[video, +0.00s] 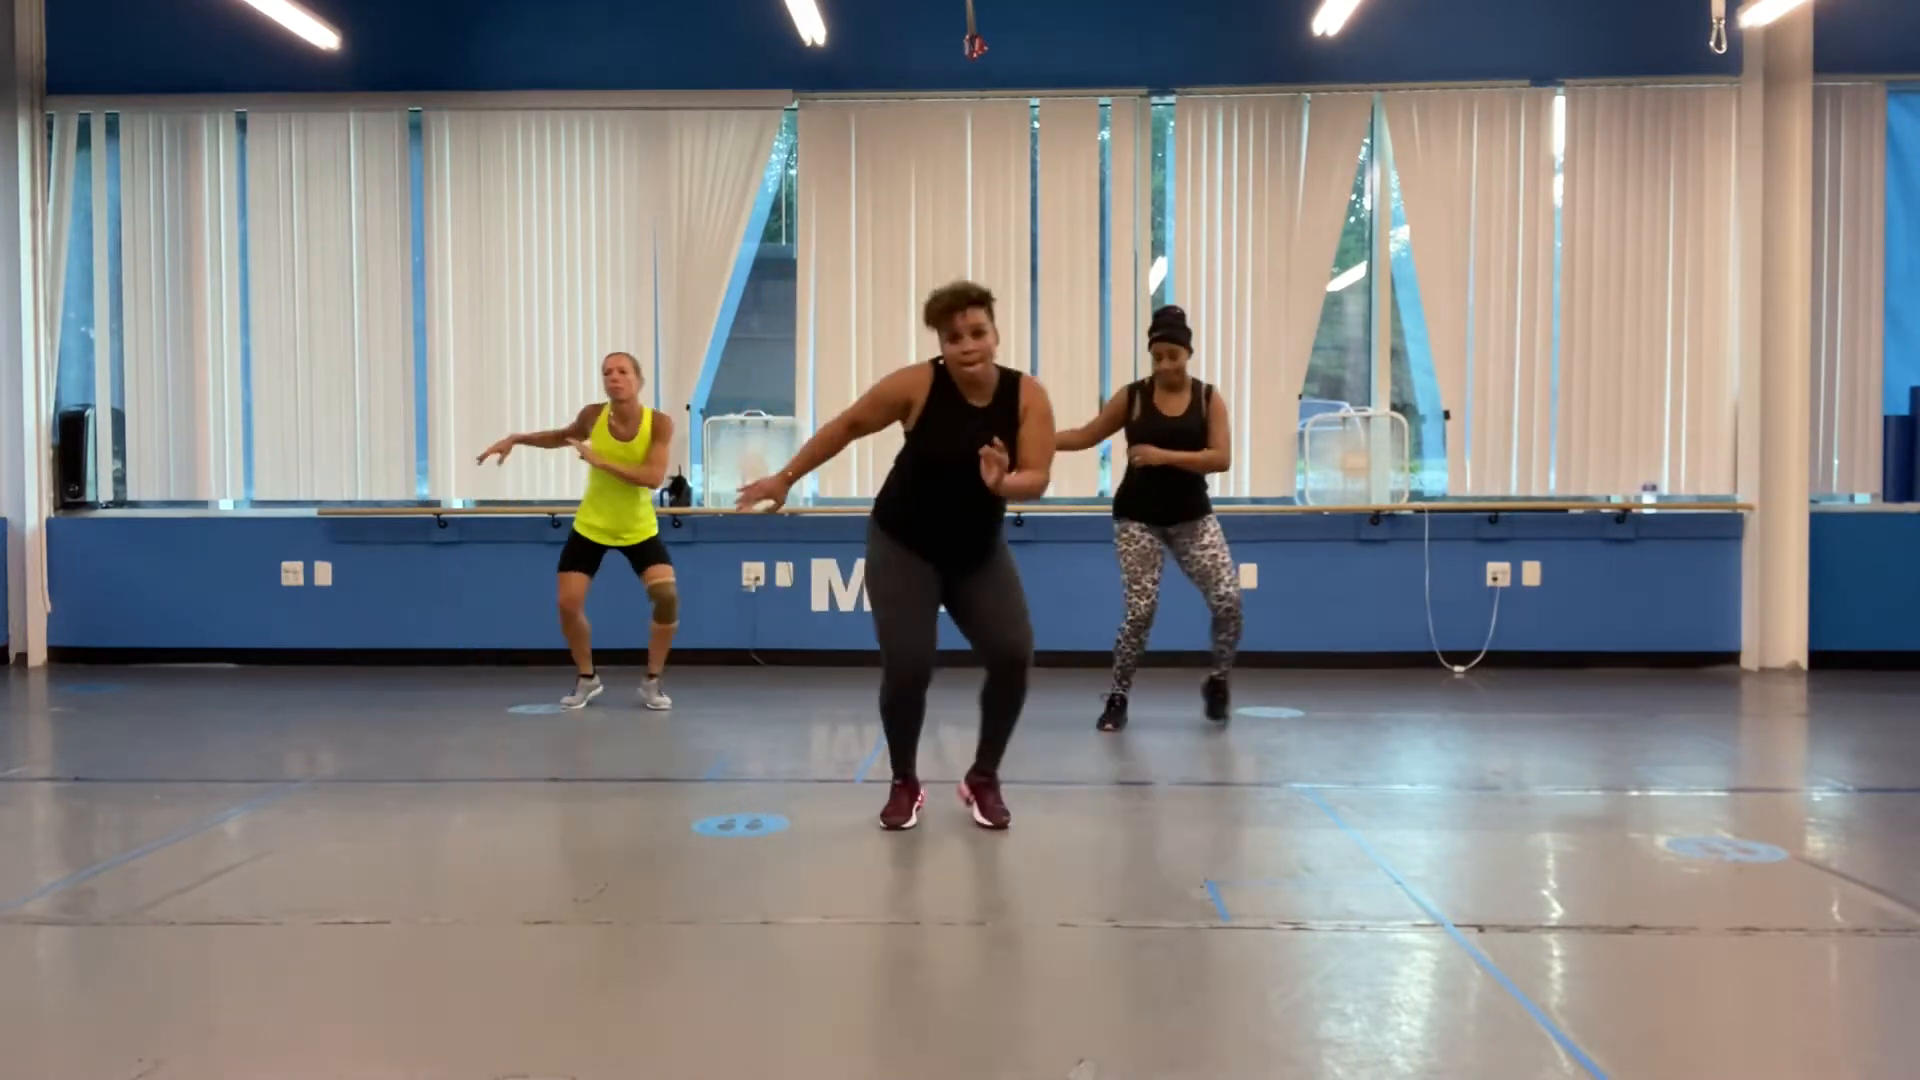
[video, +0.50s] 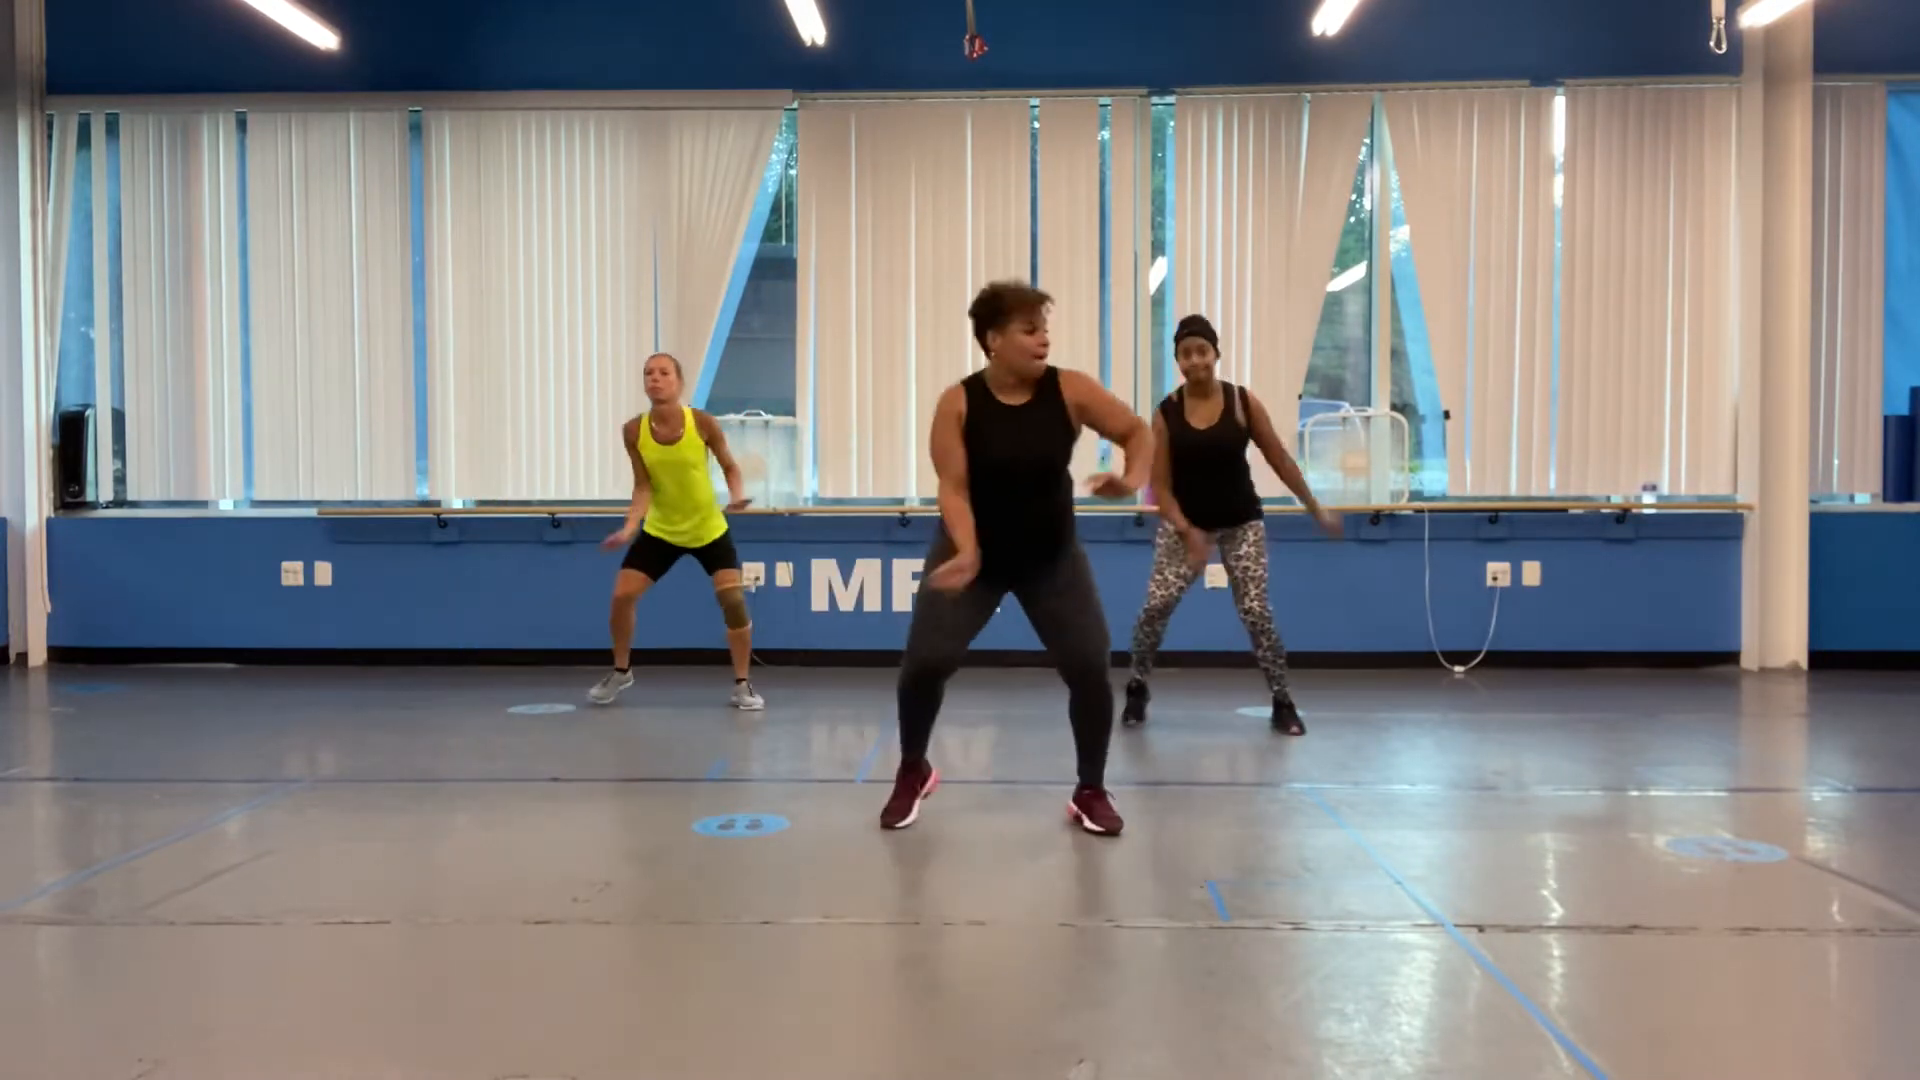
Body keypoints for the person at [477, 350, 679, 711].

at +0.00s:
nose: (614, 378)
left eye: (622, 372)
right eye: (608, 374)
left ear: (638, 380)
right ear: (603, 383)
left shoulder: (659, 422)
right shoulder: (592, 415)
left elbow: (654, 478)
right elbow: (565, 437)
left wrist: (599, 461)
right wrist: (515, 439)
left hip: (638, 524)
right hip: (593, 522)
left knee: (666, 594)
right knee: (568, 603)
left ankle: (652, 683)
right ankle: (588, 679)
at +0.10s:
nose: (632, 377)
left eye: (639, 371)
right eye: (626, 373)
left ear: (656, 377)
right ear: (621, 382)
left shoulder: (676, 417)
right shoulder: (611, 412)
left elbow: (668, 462)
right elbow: (575, 427)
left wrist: (620, 444)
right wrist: (524, 425)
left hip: (652, 522)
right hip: (606, 520)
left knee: (688, 589)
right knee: (579, 598)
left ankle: (693, 675)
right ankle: (586, 679)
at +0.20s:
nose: (649, 377)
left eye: (656, 370)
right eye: (642, 373)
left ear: (673, 377)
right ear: (637, 383)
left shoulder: (694, 414)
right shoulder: (632, 416)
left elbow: (693, 449)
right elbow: (598, 436)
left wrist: (646, 439)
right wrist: (543, 430)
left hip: (675, 524)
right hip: (628, 521)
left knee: (707, 597)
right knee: (592, 596)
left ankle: (731, 684)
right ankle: (578, 675)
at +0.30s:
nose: (662, 385)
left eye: (669, 378)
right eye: (655, 381)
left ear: (686, 386)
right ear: (649, 391)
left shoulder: (710, 423)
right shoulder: (643, 432)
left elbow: (717, 464)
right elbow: (618, 473)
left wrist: (666, 455)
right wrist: (567, 464)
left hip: (697, 532)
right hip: (649, 532)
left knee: (734, 598)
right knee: (614, 608)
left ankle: (737, 687)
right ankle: (598, 665)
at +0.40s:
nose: (663, 384)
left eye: (670, 378)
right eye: (656, 380)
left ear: (688, 386)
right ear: (652, 391)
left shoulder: (713, 428)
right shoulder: (645, 437)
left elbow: (736, 484)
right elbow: (644, 490)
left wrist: (692, 491)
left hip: (705, 532)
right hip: (659, 533)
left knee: (739, 599)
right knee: (627, 607)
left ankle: (738, 686)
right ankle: (634, 674)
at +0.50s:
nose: (656, 379)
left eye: (664, 373)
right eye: (650, 374)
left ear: (680, 383)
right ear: (644, 385)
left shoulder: (703, 423)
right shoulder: (634, 431)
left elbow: (729, 466)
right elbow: (642, 485)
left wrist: (737, 496)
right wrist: (630, 526)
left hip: (707, 527)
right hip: (661, 529)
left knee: (732, 600)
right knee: (622, 595)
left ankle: (742, 684)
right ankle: (621, 672)